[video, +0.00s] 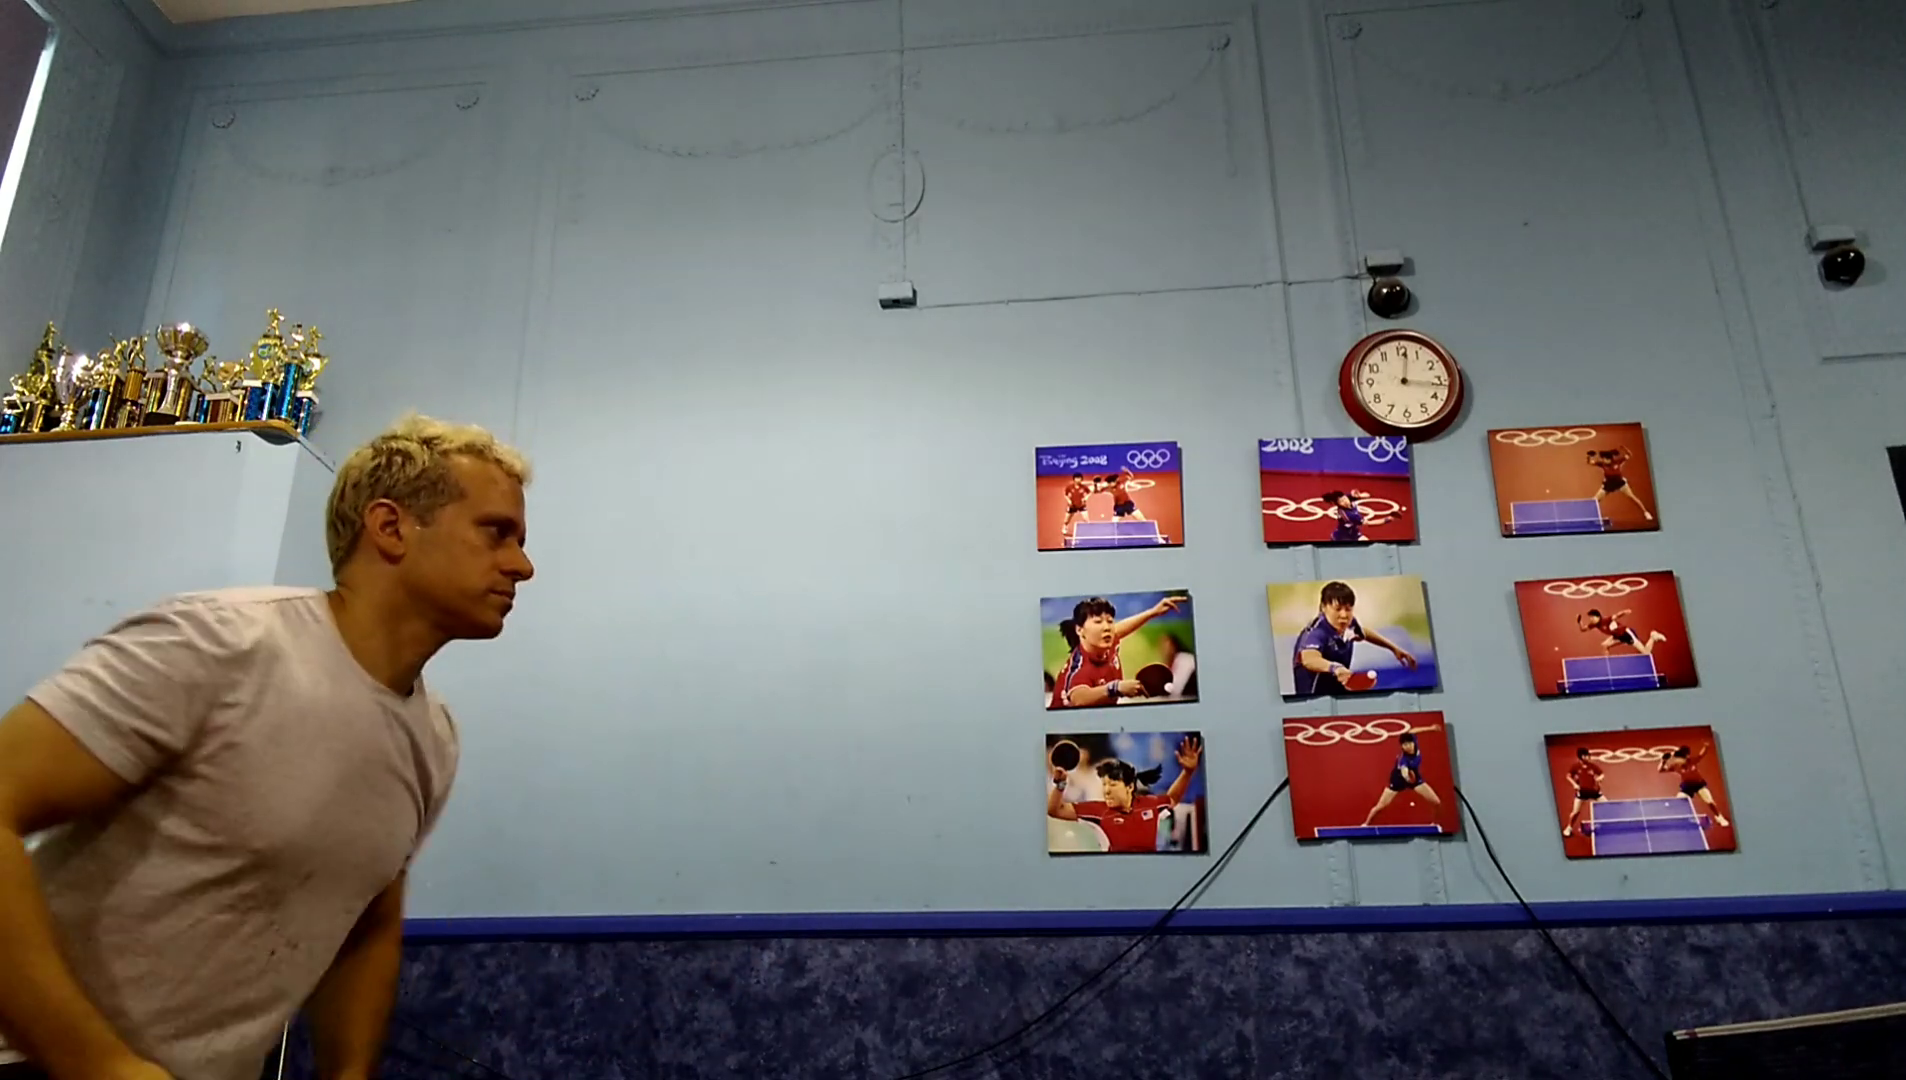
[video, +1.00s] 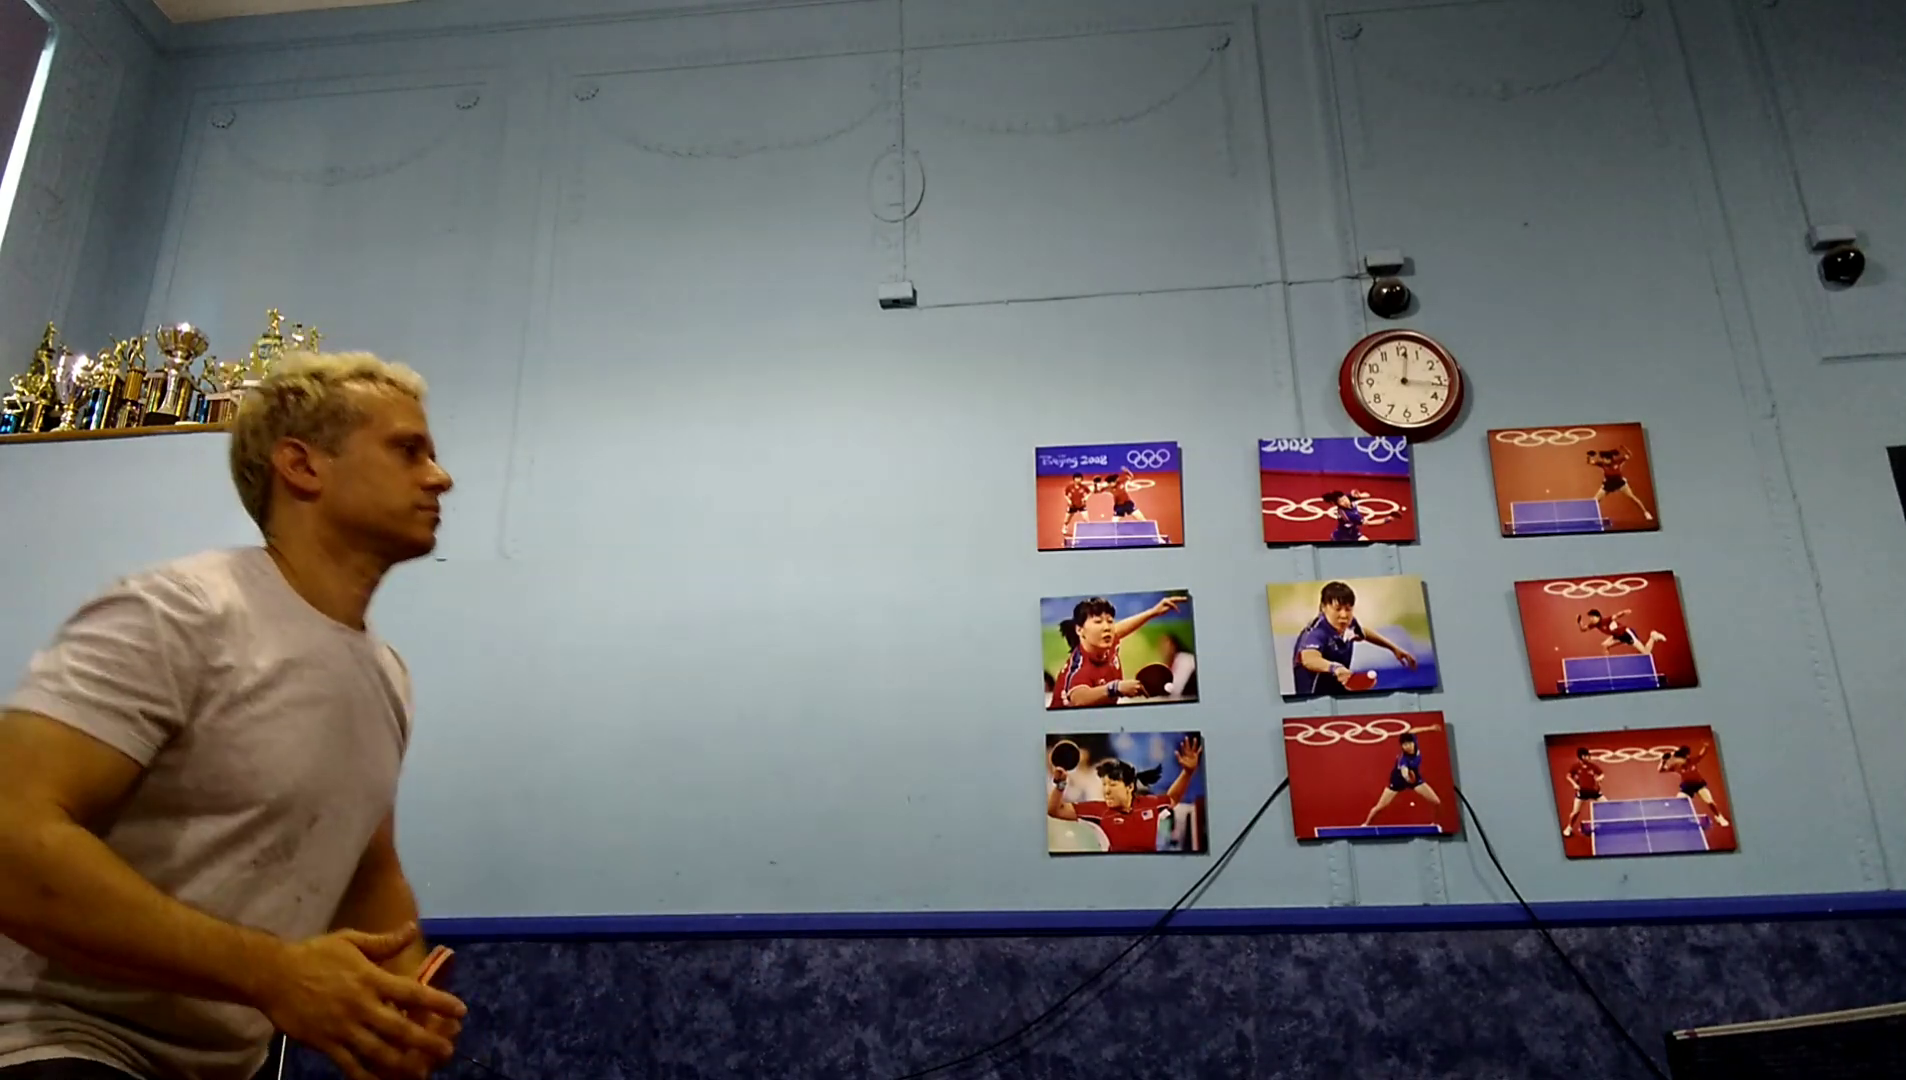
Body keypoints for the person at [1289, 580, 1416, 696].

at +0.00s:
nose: (1344, 615)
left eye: (1348, 609)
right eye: (1338, 609)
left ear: (1353, 609)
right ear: (1324, 608)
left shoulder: (1349, 624)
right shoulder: (1315, 632)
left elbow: (1364, 634)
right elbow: (1309, 660)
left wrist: (1395, 649)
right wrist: (1335, 668)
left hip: (1341, 705)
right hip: (1314, 708)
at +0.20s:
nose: (1344, 615)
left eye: (1348, 609)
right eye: (1338, 609)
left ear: (1353, 609)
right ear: (1324, 608)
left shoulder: (1349, 624)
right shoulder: (1315, 633)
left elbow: (1364, 634)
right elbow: (1309, 660)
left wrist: (1395, 649)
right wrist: (1335, 668)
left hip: (1341, 705)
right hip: (1314, 708)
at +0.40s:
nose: (1344, 615)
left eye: (1348, 609)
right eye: (1338, 609)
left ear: (1353, 609)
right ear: (1324, 608)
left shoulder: (1349, 624)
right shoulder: (1315, 633)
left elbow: (1364, 634)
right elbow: (1309, 660)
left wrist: (1395, 649)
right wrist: (1335, 668)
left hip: (1341, 705)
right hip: (1314, 708)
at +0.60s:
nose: (1344, 615)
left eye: (1348, 609)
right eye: (1338, 609)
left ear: (1353, 609)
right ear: (1324, 608)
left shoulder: (1349, 624)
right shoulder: (1315, 633)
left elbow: (1364, 634)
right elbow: (1309, 660)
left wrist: (1395, 649)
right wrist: (1335, 668)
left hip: (1341, 705)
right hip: (1314, 708)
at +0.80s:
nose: (1344, 615)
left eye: (1348, 609)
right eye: (1338, 609)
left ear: (1353, 609)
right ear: (1324, 608)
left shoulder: (1349, 624)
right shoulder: (1315, 633)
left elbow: (1364, 634)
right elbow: (1309, 660)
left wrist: (1395, 649)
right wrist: (1335, 668)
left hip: (1341, 704)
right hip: (1314, 708)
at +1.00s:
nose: (1344, 615)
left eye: (1348, 609)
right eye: (1338, 609)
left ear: (1353, 609)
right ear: (1324, 608)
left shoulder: (1349, 624)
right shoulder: (1315, 633)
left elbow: (1364, 634)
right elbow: (1309, 660)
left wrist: (1395, 649)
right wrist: (1335, 668)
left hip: (1341, 705)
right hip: (1314, 708)